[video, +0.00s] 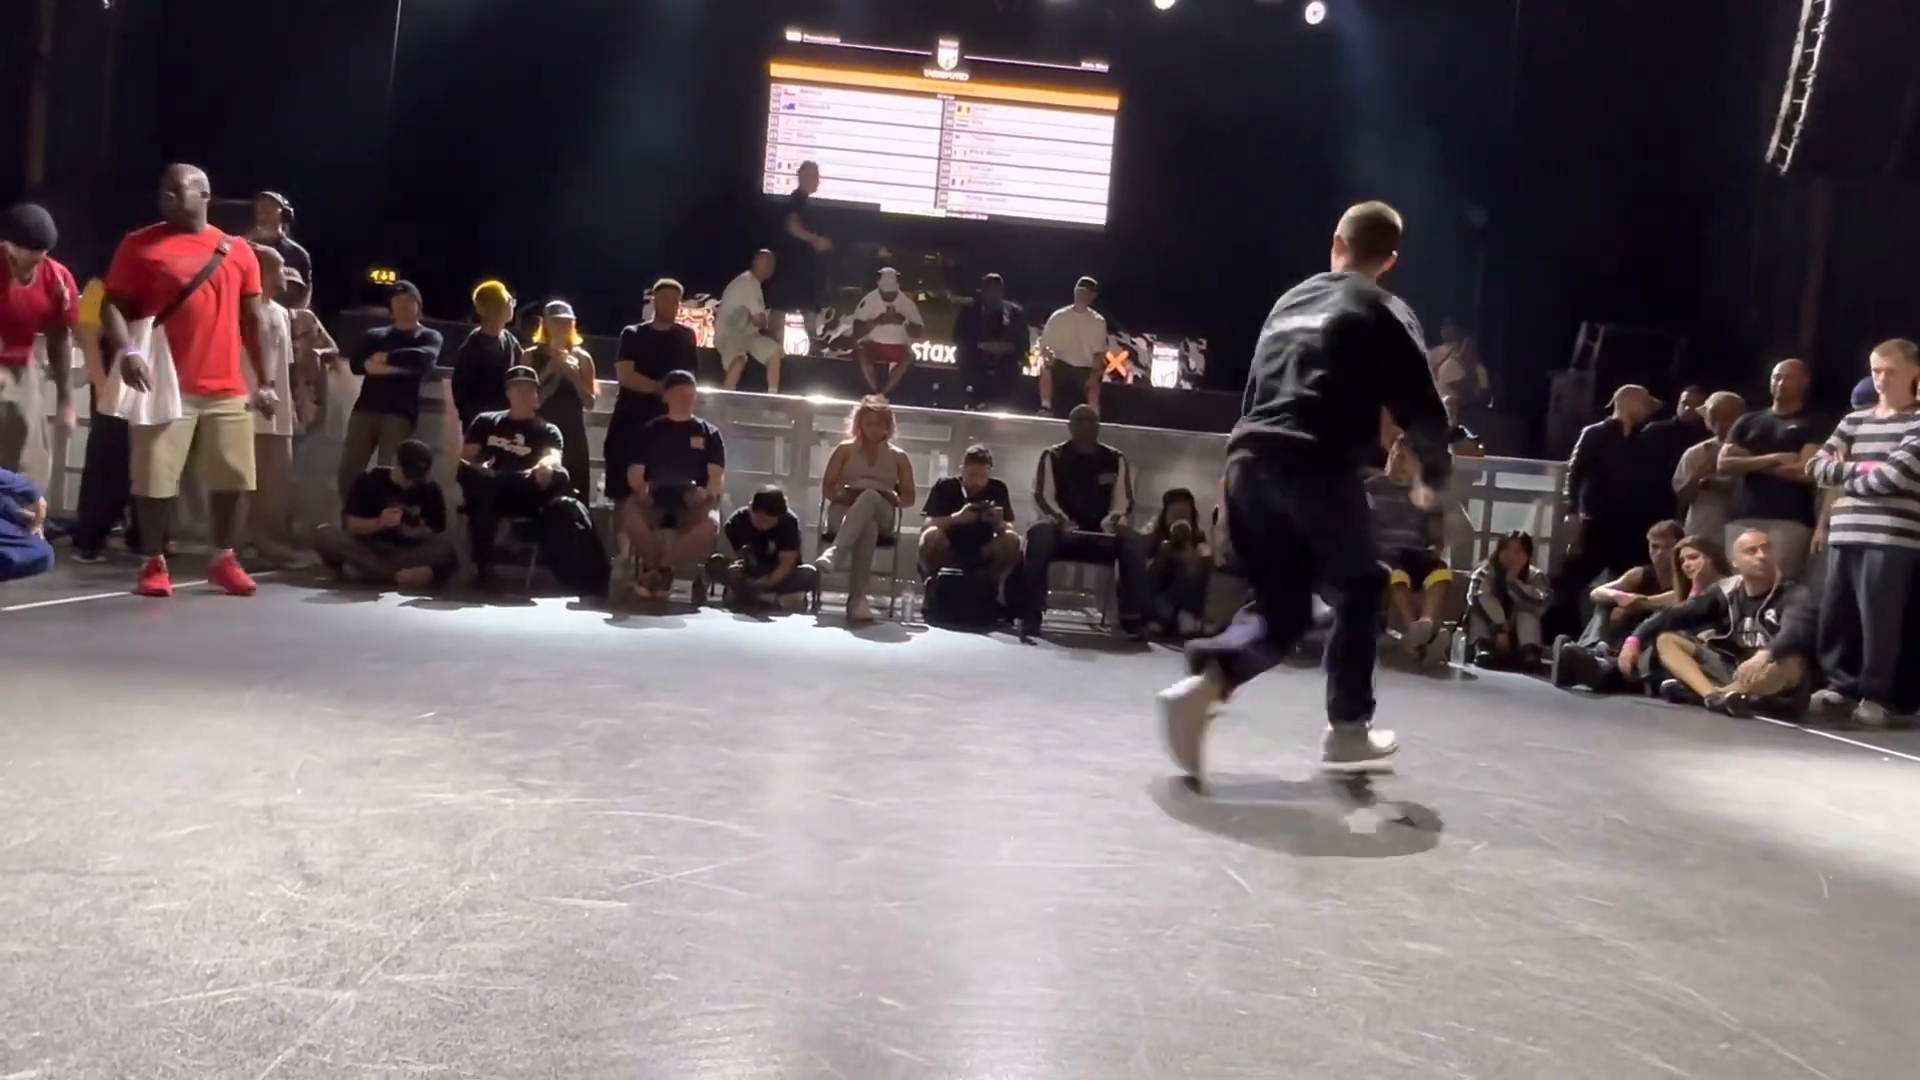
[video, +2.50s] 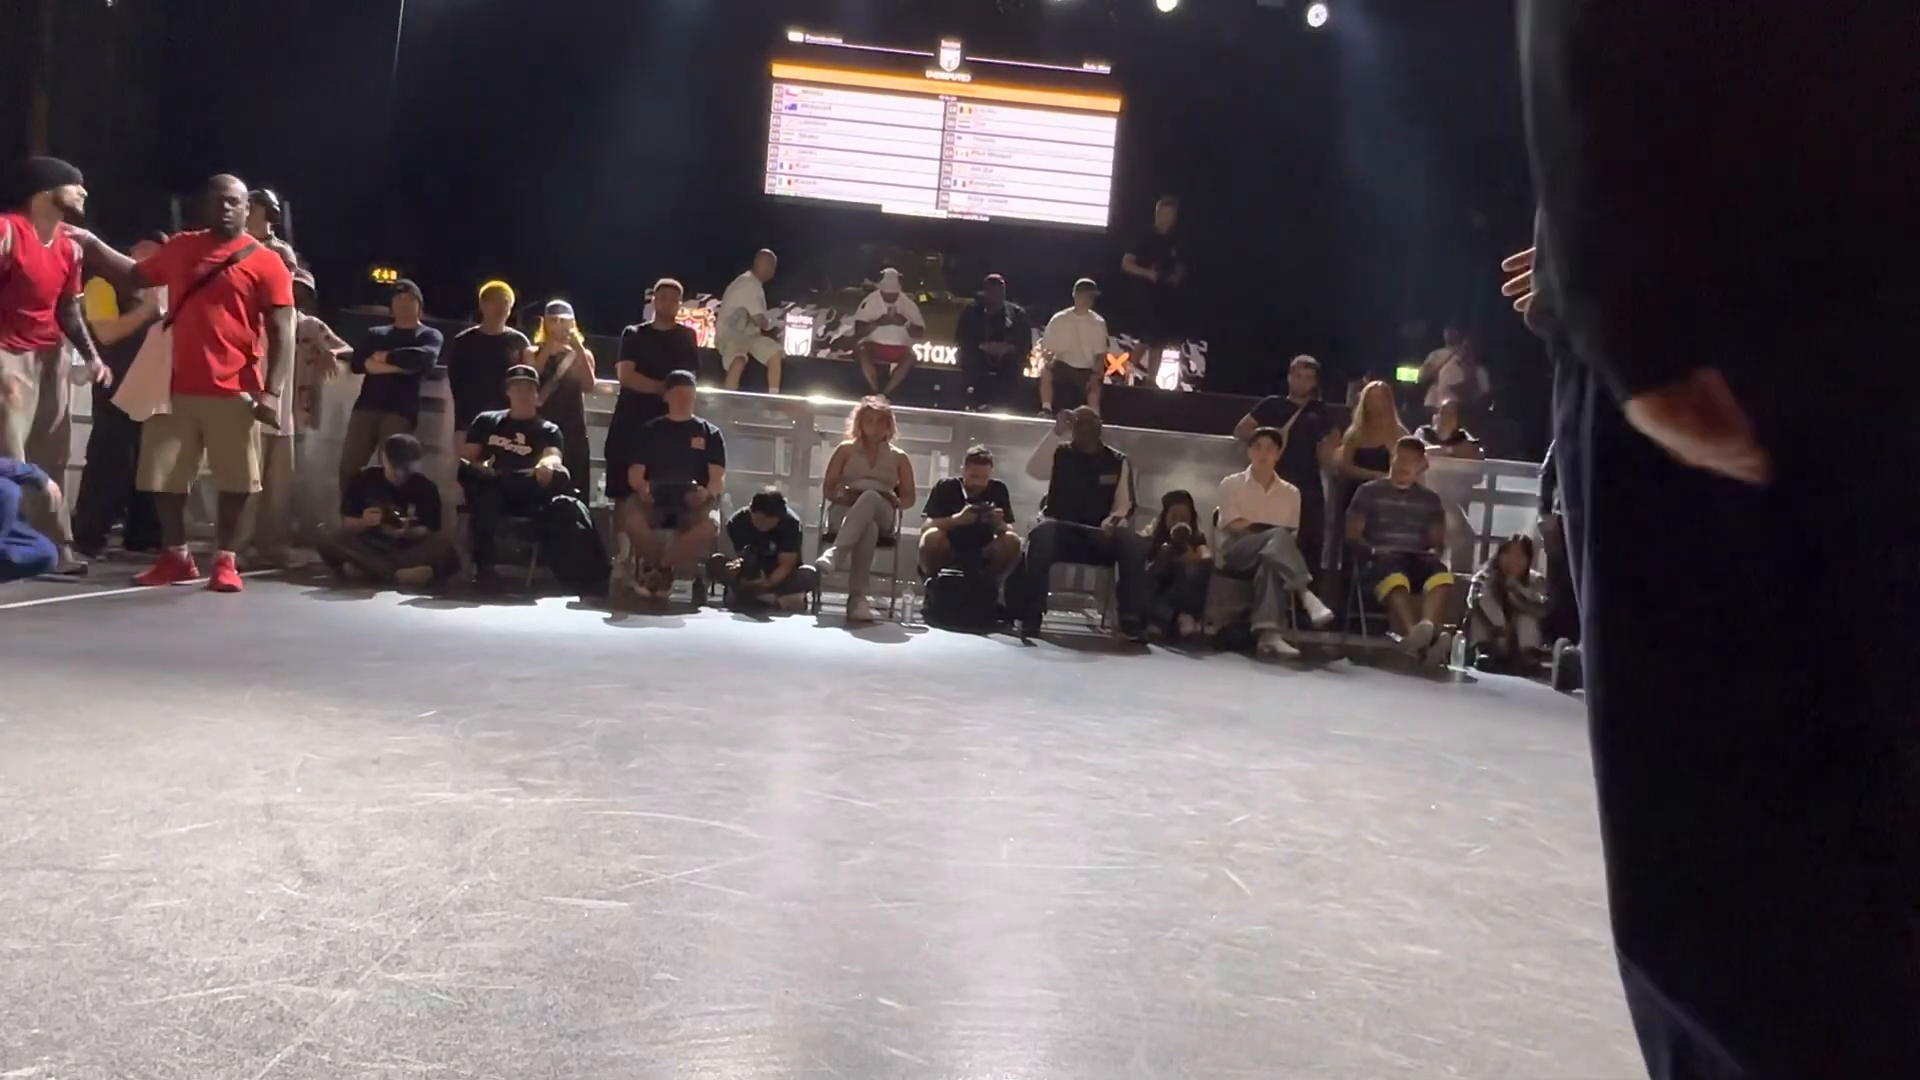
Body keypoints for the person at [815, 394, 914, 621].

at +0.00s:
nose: (874, 429)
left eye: (880, 424)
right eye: (869, 424)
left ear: (889, 426)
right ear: (859, 425)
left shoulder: (898, 457)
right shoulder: (845, 450)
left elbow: (908, 499)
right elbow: (828, 489)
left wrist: (884, 494)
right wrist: (852, 499)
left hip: (883, 518)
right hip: (843, 513)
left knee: (869, 496)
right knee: (868, 525)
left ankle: (835, 551)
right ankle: (857, 599)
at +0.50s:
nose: (875, 428)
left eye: (881, 423)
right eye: (870, 422)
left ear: (890, 425)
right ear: (860, 423)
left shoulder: (899, 456)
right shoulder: (847, 449)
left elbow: (909, 498)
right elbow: (830, 488)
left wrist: (885, 494)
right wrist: (854, 497)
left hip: (884, 518)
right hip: (844, 512)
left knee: (870, 495)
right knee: (869, 524)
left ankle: (836, 550)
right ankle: (859, 597)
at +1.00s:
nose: (877, 426)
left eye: (882, 421)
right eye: (871, 420)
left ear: (889, 425)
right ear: (860, 423)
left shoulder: (899, 457)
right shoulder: (846, 449)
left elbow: (909, 498)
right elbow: (829, 488)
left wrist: (885, 495)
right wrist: (851, 497)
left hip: (884, 517)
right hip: (844, 513)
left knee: (870, 496)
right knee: (869, 525)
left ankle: (835, 551)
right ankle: (858, 599)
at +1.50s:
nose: (875, 427)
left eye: (881, 422)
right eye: (869, 421)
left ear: (889, 426)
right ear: (858, 424)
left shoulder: (898, 457)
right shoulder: (845, 450)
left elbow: (908, 498)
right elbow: (828, 489)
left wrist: (885, 497)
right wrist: (852, 500)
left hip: (882, 518)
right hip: (843, 512)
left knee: (869, 496)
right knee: (867, 524)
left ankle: (834, 551)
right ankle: (857, 600)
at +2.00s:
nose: (874, 427)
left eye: (879, 421)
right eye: (868, 421)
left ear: (888, 425)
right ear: (858, 423)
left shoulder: (898, 457)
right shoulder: (845, 449)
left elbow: (908, 498)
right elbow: (828, 489)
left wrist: (890, 500)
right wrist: (848, 498)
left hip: (883, 517)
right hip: (844, 511)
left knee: (869, 496)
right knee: (869, 526)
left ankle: (835, 552)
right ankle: (857, 598)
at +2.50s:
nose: (874, 427)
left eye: (880, 422)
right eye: (869, 421)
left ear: (889, 425)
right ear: (859, 423)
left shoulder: (898, 457)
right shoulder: (846, 450)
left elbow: (908, 499)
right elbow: (829, 490)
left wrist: (889, 500)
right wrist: (851, 499)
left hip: (883, 518)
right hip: (844, 512)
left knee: (869, 497)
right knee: (869, 527)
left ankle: (834, 553)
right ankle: (857, 600)